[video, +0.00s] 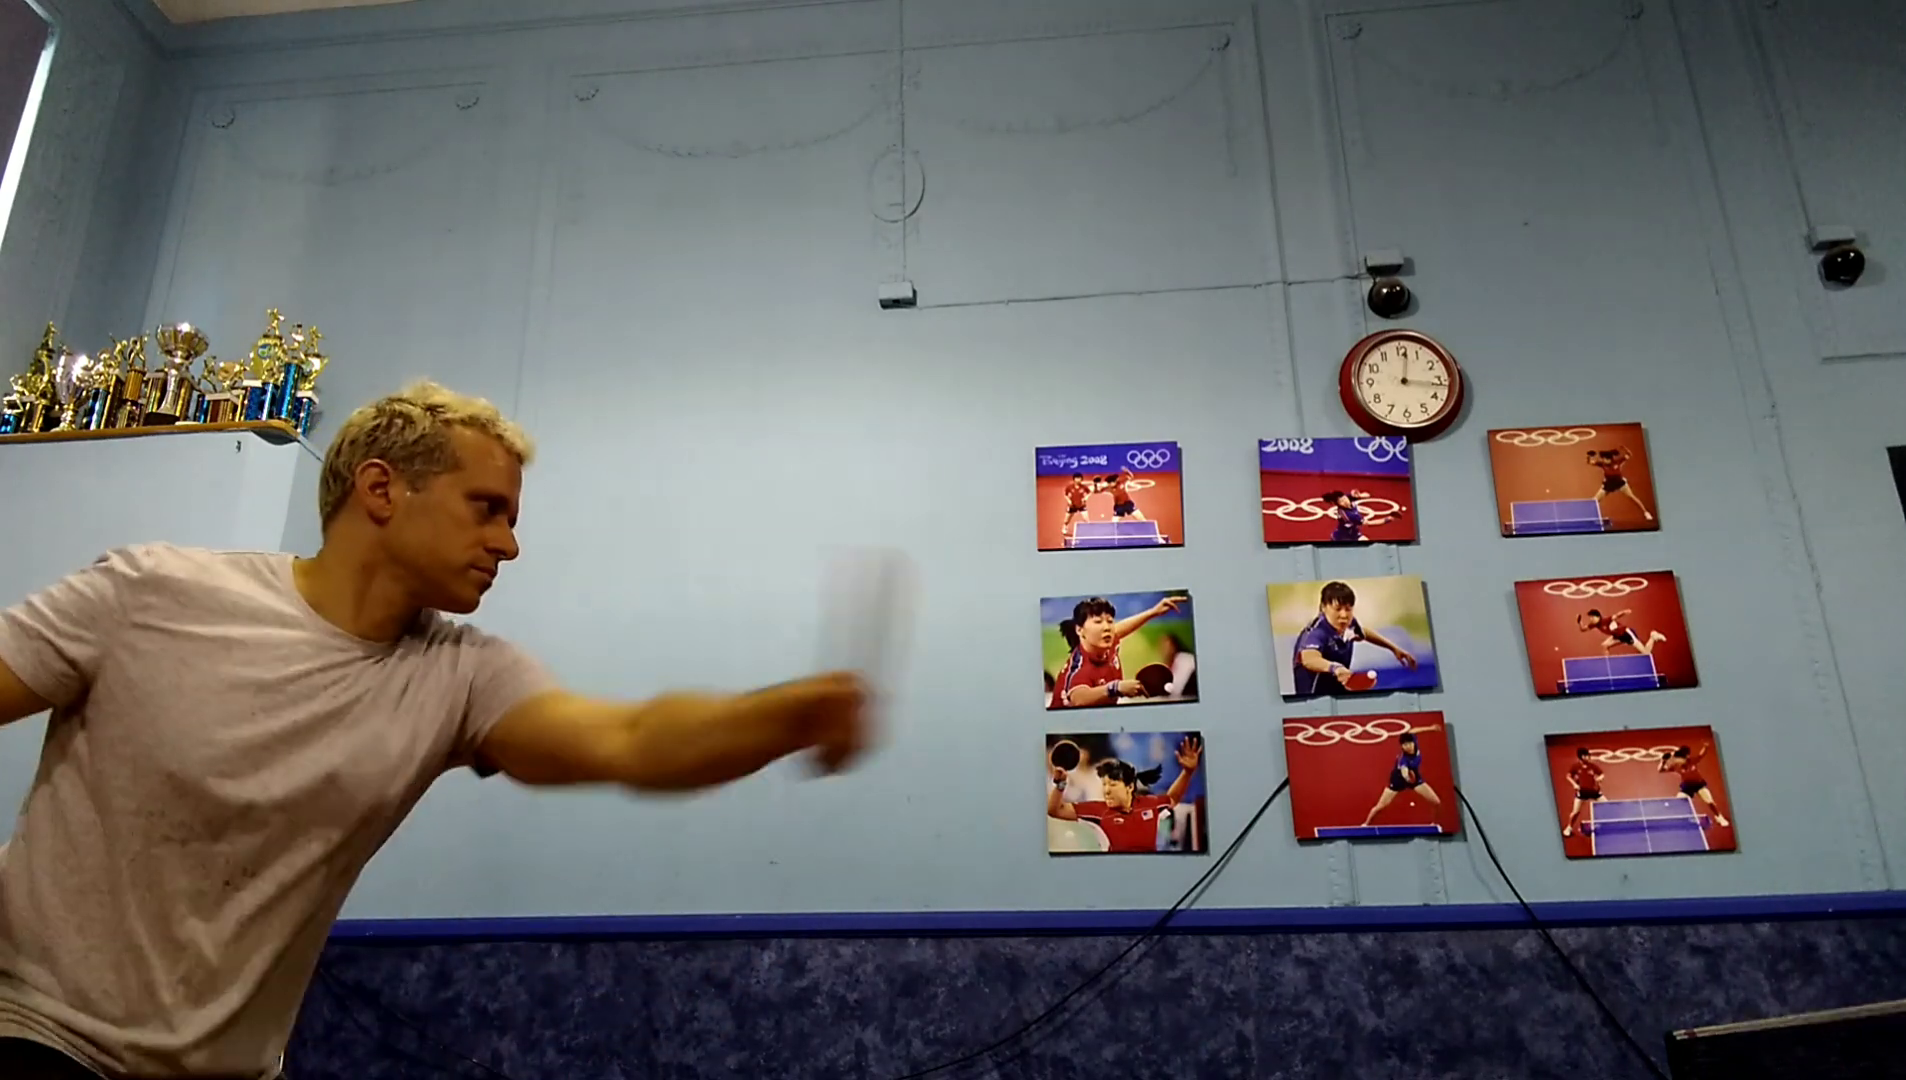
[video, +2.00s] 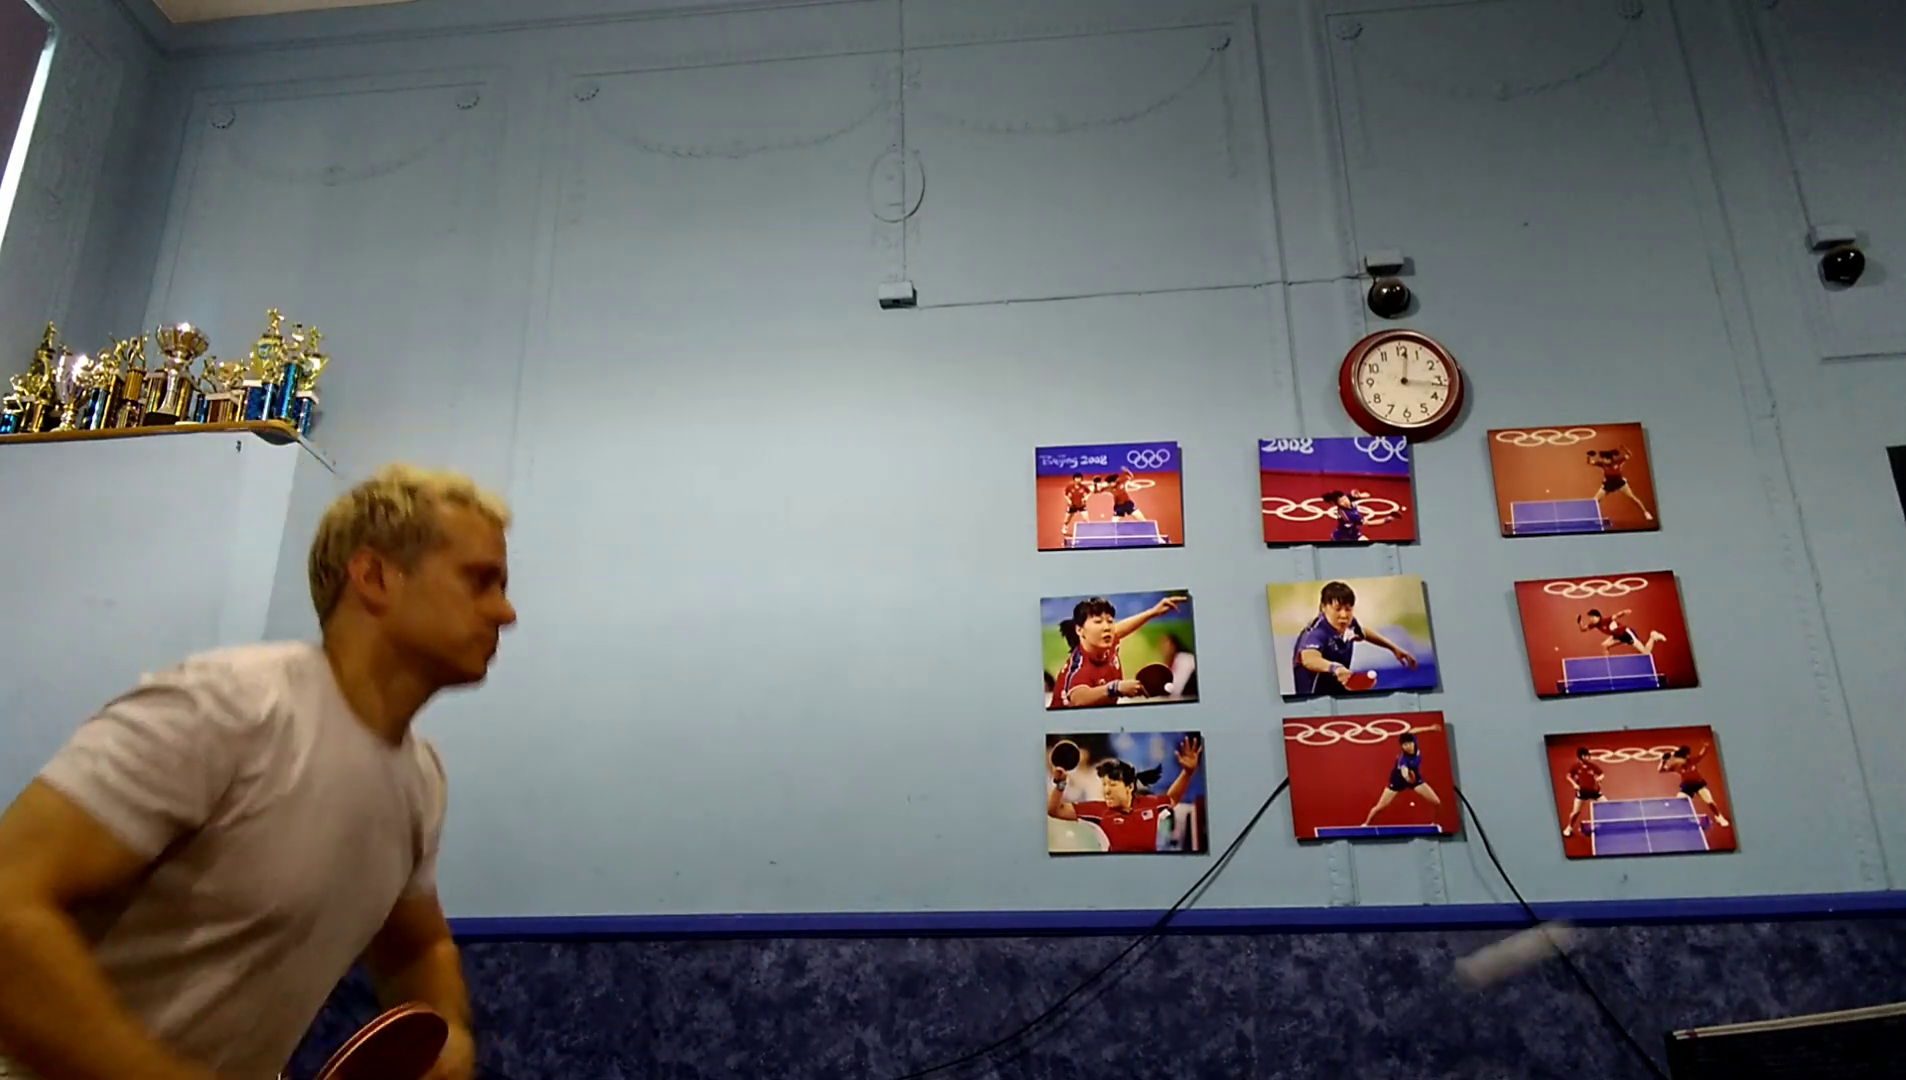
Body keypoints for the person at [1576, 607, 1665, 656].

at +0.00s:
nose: (1590, 620)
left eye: (1591, 618)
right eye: (1590, 618)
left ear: (1597, 617)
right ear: (1593, 618)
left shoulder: (1607, 620)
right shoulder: (1594, 624)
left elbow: (1617, 616)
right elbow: (1583, 630)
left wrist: (1625, 612)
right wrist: (1579, 623)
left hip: (1627, 634)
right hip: (1618, 637)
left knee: (1646, 652)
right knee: (1604, 645)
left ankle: (1653, 636)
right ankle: (1608, 667)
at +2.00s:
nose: (1590, 620)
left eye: (1591, 618)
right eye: (1590, 618)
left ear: (1597, 617)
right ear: (1593, 618)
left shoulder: (1606, 621)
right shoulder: (1594, 624)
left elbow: (1617, 616)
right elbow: (1583, 630)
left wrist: (1625, 612)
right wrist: (1579, 623)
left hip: (1627, 634)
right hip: (1617, 637)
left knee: (1646, 652)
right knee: (1604, 645)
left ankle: (1653, 636)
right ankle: (1608, 667)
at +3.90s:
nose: (1591, 620)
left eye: (1592, 618)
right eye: (1590, 619)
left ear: (1597, 617)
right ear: (1593, 619)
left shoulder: (1607, 620)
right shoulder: (1594, 625)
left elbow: (1617, 615)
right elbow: (1583, 630)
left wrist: (1626, 612)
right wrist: (1579, 623)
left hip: (1627, 633)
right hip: (1617, 636)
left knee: (1645, 652)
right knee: (1604, 645)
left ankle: (1653, 636)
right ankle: (1608, 667)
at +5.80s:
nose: (1590, 620)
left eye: (1591, 618)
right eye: (1590, 619)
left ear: (1597, 617)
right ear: (1593, 618)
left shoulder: (1607, 620)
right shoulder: (1594, 624)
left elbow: (1617, 615)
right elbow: (1583, 630)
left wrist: (1626, 612)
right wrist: (1579, 623)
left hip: (1627, 634)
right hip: (1617, 636)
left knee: (1646, 652)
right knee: (1604, 645)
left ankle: (1653, 636)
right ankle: (1607, 667)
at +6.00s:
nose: (1590, 620)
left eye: (1591, 618)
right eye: (1590, 618)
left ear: (1597, 617)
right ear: (1593, 618)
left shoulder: (1607, 620)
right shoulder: (1594, 624)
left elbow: (1617, 615)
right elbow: (1583, 630)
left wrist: (1625, 612)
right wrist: (1579, 623)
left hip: (1627, 634)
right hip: (1617, 637)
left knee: (1646, 652)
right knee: (1604, 645)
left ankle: (1653, 636)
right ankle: (1607, 667)